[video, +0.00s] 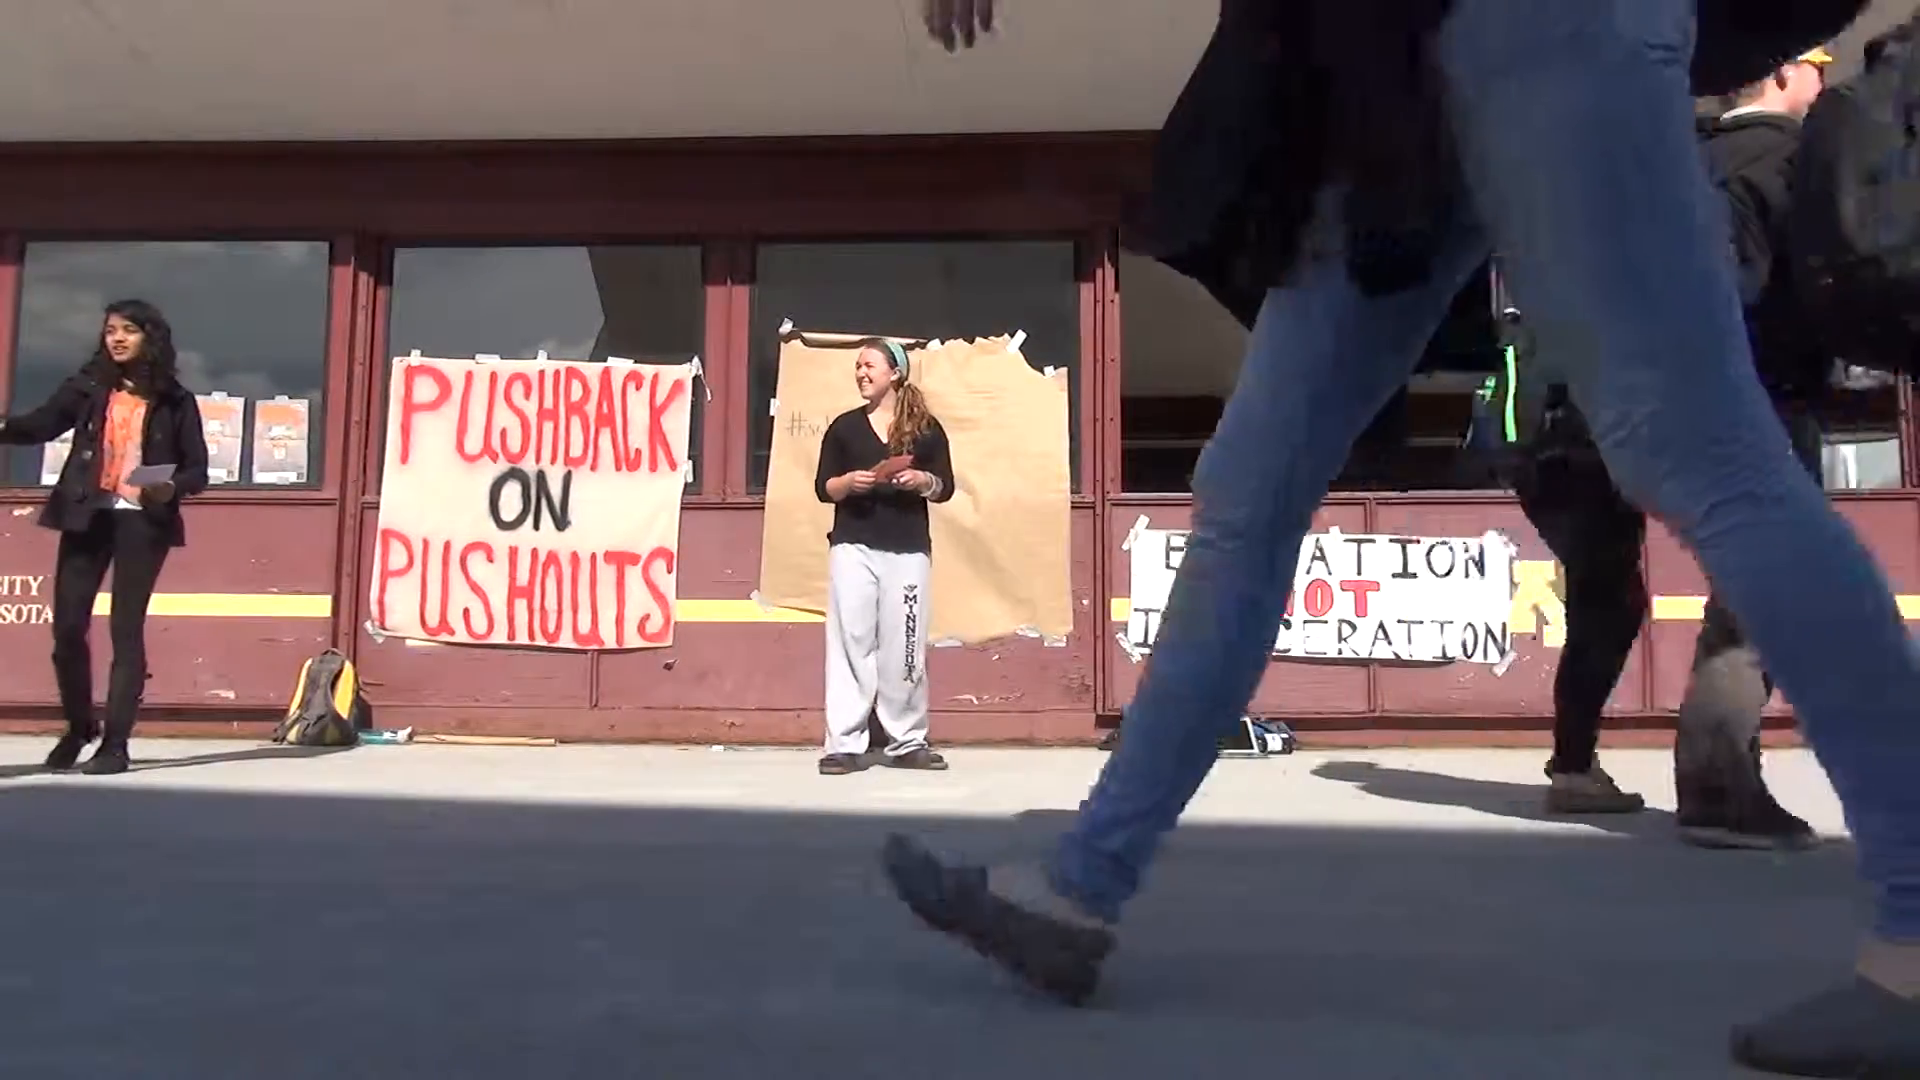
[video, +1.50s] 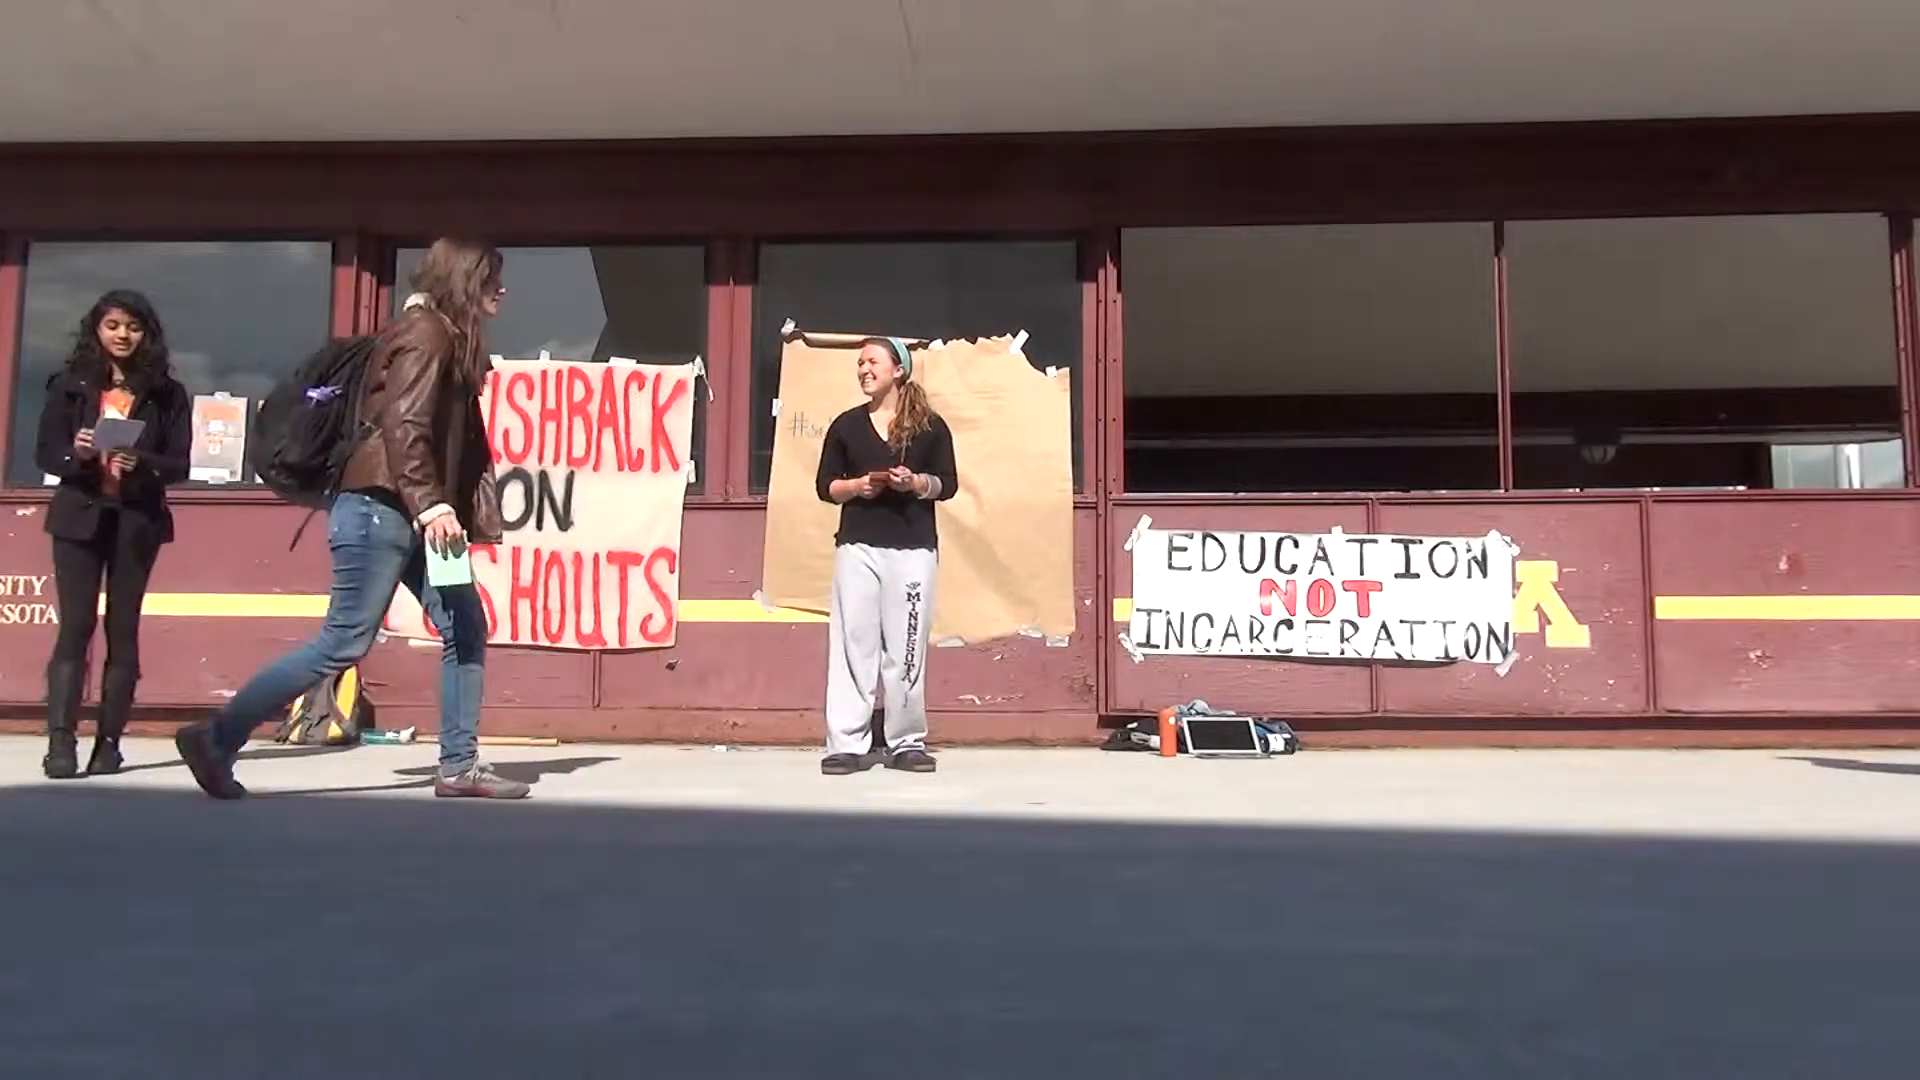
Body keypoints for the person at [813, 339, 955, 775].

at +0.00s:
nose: (860, 373)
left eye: (868, 366)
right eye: (858, 366)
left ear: (895, 372)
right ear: (863, 373)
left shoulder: (925, 429)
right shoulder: (843, 427)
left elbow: (944, 490)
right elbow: (824, 489)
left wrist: (924, 482)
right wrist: (848, 483)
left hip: (906, 550)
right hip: (852, 546)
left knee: (905, 642)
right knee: (852, 642)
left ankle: (906, 741)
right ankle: (844, 744)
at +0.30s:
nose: (851, 376)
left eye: (858, 366)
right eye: (847, 366)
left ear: (882, 372)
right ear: (841, 372)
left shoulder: (907, 419)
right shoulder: (827, 425)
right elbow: (802, 486)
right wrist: (825, 479)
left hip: (895, 546)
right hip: (840, 545)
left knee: (896, 642)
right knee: (838, 641)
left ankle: (906, 737)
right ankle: (844, 743)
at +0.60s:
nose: (831, 369)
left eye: (840, 361)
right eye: (831, 362)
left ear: (868, 369)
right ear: (837, 370)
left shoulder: (901, 424)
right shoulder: (815, 423)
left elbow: (919, 485)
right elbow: (792, 484)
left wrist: (890, 478)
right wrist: (817, 480)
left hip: (884, 547)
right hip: (828, 546)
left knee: (895, 641)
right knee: (837, 644)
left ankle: (905, 739)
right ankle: (848, 745)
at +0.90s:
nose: (835, 368)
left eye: (843, 361)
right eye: (834, 361)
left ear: (870, 368)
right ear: (842, 369)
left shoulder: (902, 422)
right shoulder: (816, 422)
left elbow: (920, 484)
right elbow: (796, 484)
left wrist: (890, 479)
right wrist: (824, 484)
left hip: (885, 547)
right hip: (829, 545)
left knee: (896, 642)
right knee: (837, 645)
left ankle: (907, 739)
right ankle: (844, 745)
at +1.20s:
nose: (846, 369)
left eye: (854, 362)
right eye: (845, 362)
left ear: (881, 368)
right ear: (852, 369)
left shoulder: (914, 423)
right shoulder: (829, 422)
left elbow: (932, 483)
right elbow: (808, 484)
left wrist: (901, 480)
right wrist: (842, 484)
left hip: (897, 547)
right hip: (842, 545)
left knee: (899, 644)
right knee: (844, 645)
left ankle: (905, 741)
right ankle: (844, 746)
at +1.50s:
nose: (863, 370)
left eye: (871, 362)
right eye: (861, 363)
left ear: (898, 369)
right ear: (864, 371)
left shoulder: (930, 426)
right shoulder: (845, 426)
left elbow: (947, 485)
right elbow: (826, 487)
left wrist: (919, 484)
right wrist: (856, 486)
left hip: (912, 549)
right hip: (857, 547)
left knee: (907, 646)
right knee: (855, 645)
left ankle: (905, 742)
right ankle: (847, 744)